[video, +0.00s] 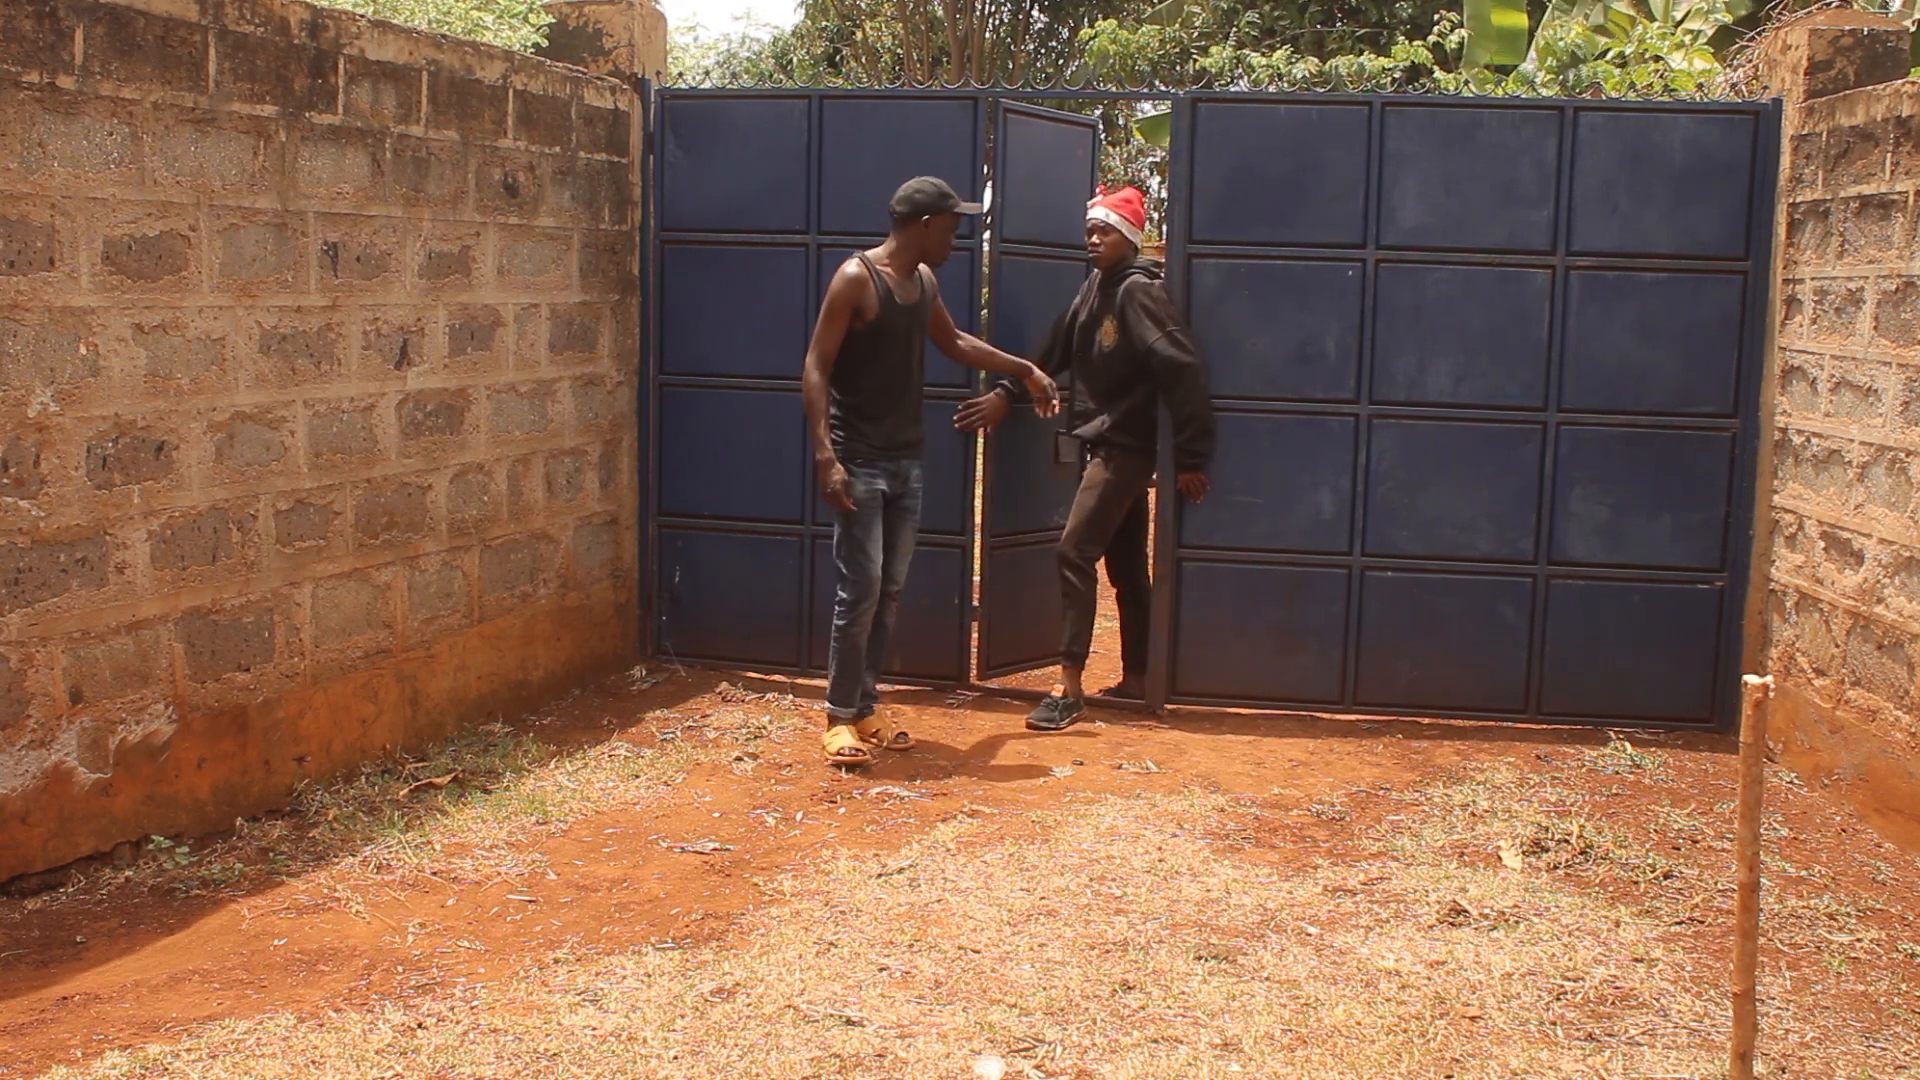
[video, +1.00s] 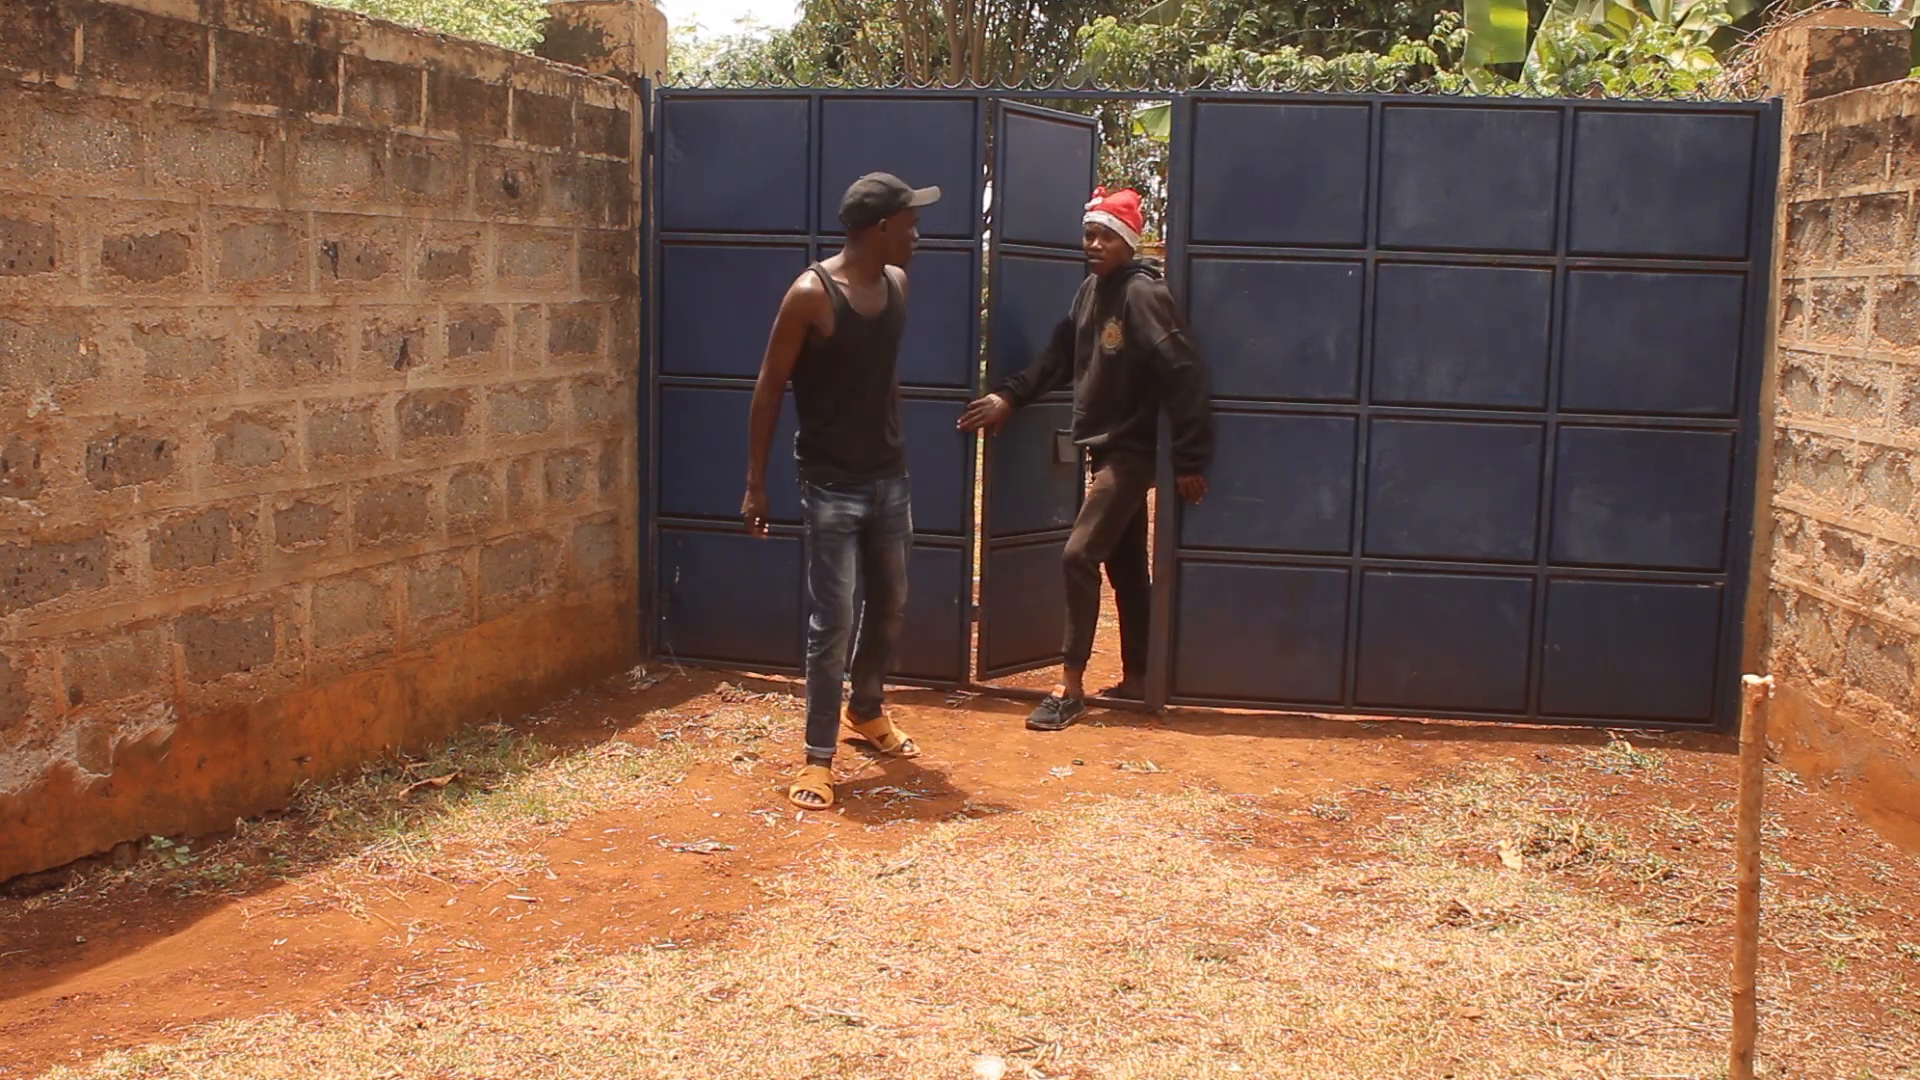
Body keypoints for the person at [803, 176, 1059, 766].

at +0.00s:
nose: (956, 239)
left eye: (956, 228)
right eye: (951, 227)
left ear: (924, 226)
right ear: (920, 224)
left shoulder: (922, 281)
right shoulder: (855, 278)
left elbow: (954, 342)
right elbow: (815, 368)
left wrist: (1026, 369)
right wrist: (825, 456)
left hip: (907, 460)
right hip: (859, 459)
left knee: (888, 588)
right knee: (860, 587)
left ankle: (862, 711)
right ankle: (841, 720)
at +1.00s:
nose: (917, 229)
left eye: (915, 220)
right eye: (909, 220)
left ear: (882, 228)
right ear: (878, 227)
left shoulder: (896, 283)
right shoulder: (810, 293)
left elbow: (885, 376)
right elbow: (769, 388)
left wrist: (893, 449)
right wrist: (756, 483)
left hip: (888, 479)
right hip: (830, 484)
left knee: (888, 606)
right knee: (834, 623)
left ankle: (866, 713)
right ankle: (818, 761)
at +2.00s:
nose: (908, 220)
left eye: (905, 210)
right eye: (899, 211)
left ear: (872, 221)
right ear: (867, 221)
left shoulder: (885, 284)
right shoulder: (825, 295)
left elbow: (881, 387)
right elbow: (797, 398)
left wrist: (903, 457)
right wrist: (803, 498)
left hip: (884, 481)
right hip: (836, 487)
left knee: (869, 615)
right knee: (825, 627)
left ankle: (860, 726)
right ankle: (814, 760)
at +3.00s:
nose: (926, 225)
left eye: (924, 216)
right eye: (921, 217)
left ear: (883, 223)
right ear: (897, 225)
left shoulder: (883, 275)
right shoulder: (863, 287)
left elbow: (926, 317)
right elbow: (850, 393)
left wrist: (967, 252)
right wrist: (893, 480)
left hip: (886, 468)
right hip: (854, 471)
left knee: (891, 604)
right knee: (841, 613)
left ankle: (861, 725)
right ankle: (807, 754)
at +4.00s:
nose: (920, 229)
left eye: (920, 219)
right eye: (915, 218)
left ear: (883, 219)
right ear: (888, 218)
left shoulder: (881, 270)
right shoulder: (846, 281)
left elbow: (928, 269)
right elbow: (841, 384)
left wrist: (974, 203)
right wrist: (863, 480)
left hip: (891, 464)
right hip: (848, 468)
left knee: (877, 603)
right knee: (832, 607)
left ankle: (860, 726)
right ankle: (801, 743)